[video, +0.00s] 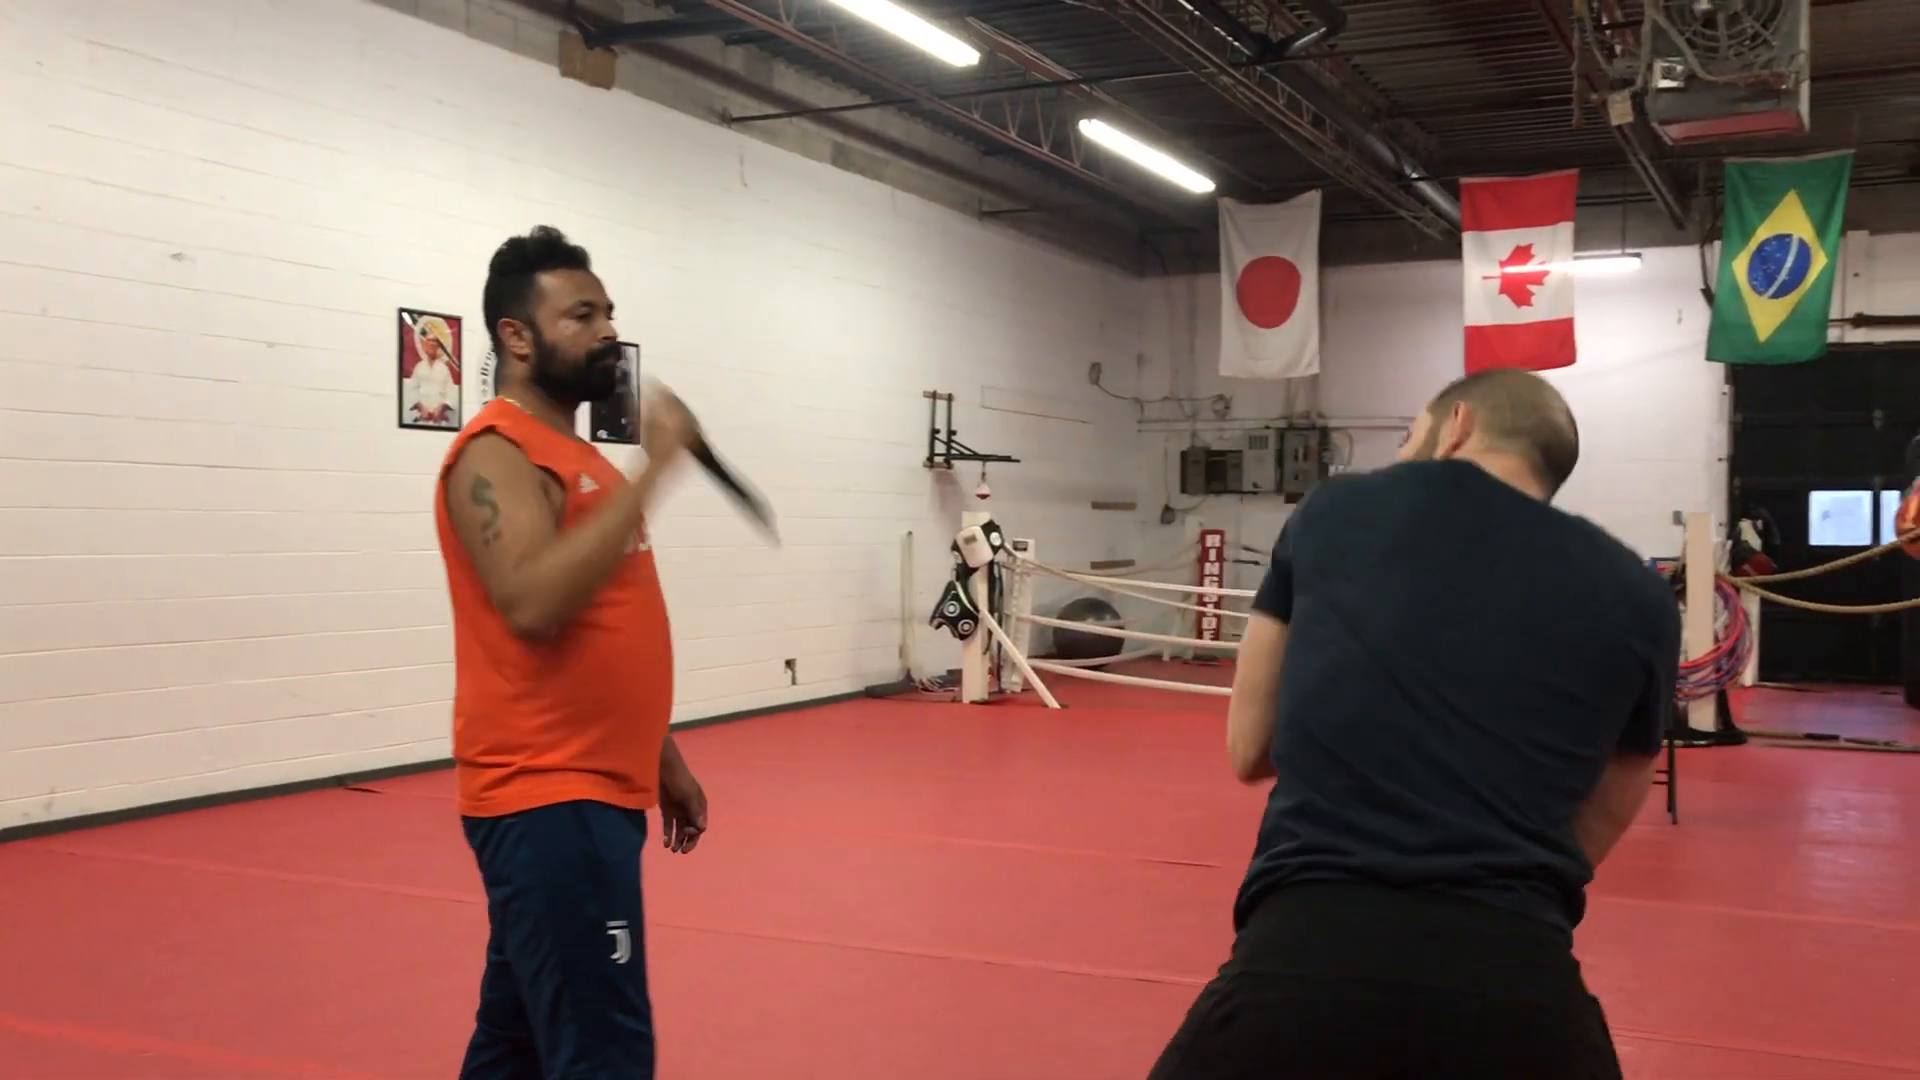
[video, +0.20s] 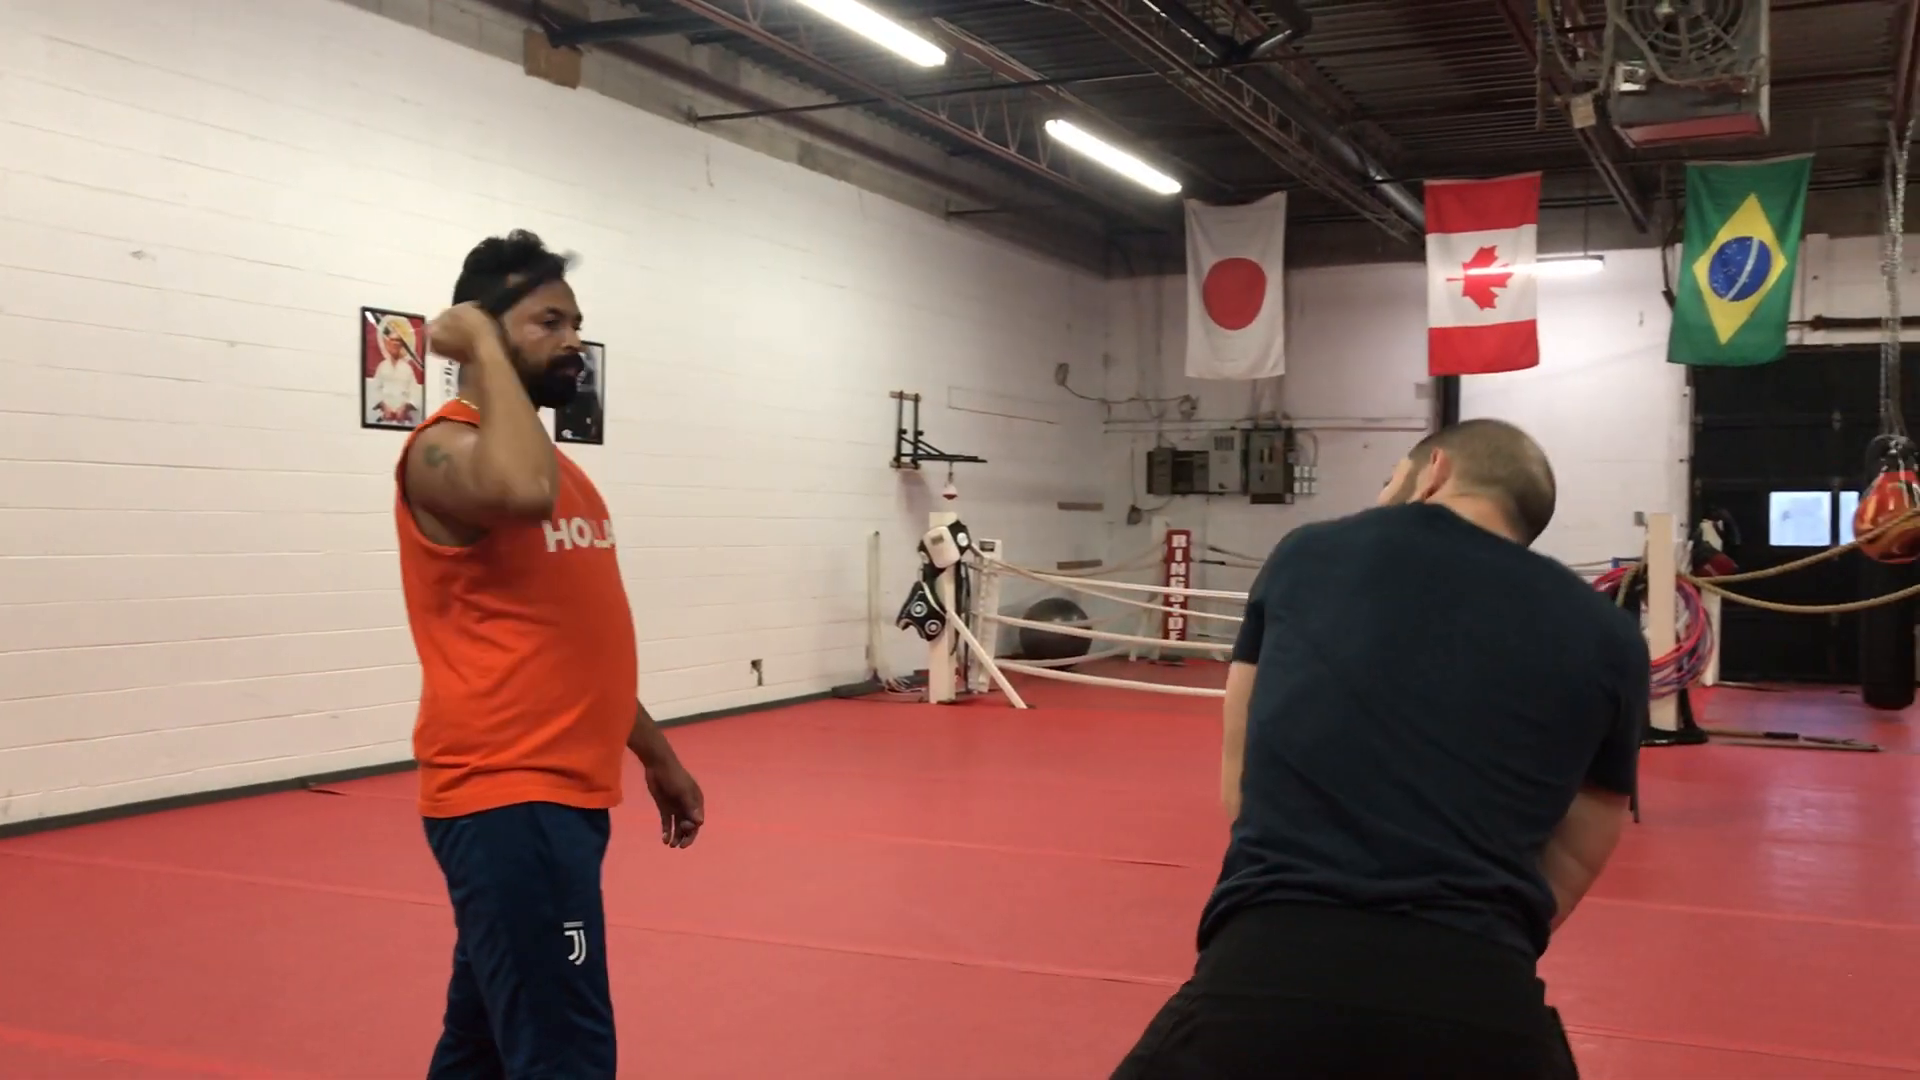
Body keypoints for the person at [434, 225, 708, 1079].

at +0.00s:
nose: (609, 331)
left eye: (607, 313)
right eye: (582, 315)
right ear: (514, 338)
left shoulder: (572, 456)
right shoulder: (493, 456)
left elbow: (602, 628)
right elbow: (530, 602)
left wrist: (663, 755)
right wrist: (655, 465)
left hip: (589, 795)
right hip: (545, 801)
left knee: (517, 1051)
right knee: (606, 1054)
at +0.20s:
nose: (570, 341)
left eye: (573, 322)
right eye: (548, 321)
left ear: (572, 327)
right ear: (486, 336)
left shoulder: (554, 465)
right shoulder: (440, 446)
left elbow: (580, 630)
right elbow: (522, 486)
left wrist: (655, 751)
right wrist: (483, 348)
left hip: (565, 796)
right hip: (504, 798)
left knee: (481, 1054)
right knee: (569, 1056)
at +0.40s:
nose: (548, 347)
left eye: (551, 327)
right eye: (525, 326)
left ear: (552, 331)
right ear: (464, 340)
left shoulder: (524, 464)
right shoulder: (416, 444)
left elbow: (549, 631)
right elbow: (500, 465)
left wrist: (622, 759)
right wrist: (461, 341)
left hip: (538, 795)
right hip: (482, 800)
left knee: (461, 1056)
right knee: (563, 1057)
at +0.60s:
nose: (541, 342)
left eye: (542, 325)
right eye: (524, 321)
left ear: (455, 339)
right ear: (453, 334)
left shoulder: (489, 442)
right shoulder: (422, 441)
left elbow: (508, 634)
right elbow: (534, 446)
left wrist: (575, 772)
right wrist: (500, 312)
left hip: (507, 796)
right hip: (473, 802)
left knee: (439, 1054)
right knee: (566, 1058)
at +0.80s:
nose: (547, 336)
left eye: (546, 318)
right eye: (522, 315)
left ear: (457, 331)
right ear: (449, 324)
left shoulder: (459, 430)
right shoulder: (442, 435)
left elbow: (478, 635)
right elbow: (590, 444)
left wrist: (540, 786)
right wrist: (626, 267)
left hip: (467, 800)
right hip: (465, 807)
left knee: (408, 1056)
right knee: (546, 1058)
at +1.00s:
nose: (545, 335)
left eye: (543, 314)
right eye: (522, 312)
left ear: (449, 329)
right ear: (448, 322)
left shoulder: (404, 433)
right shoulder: (451, 436)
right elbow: (624, 462)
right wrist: (743, 313)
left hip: (406, 801)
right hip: (452, 807)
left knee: (380, 1058)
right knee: (525, 1059)